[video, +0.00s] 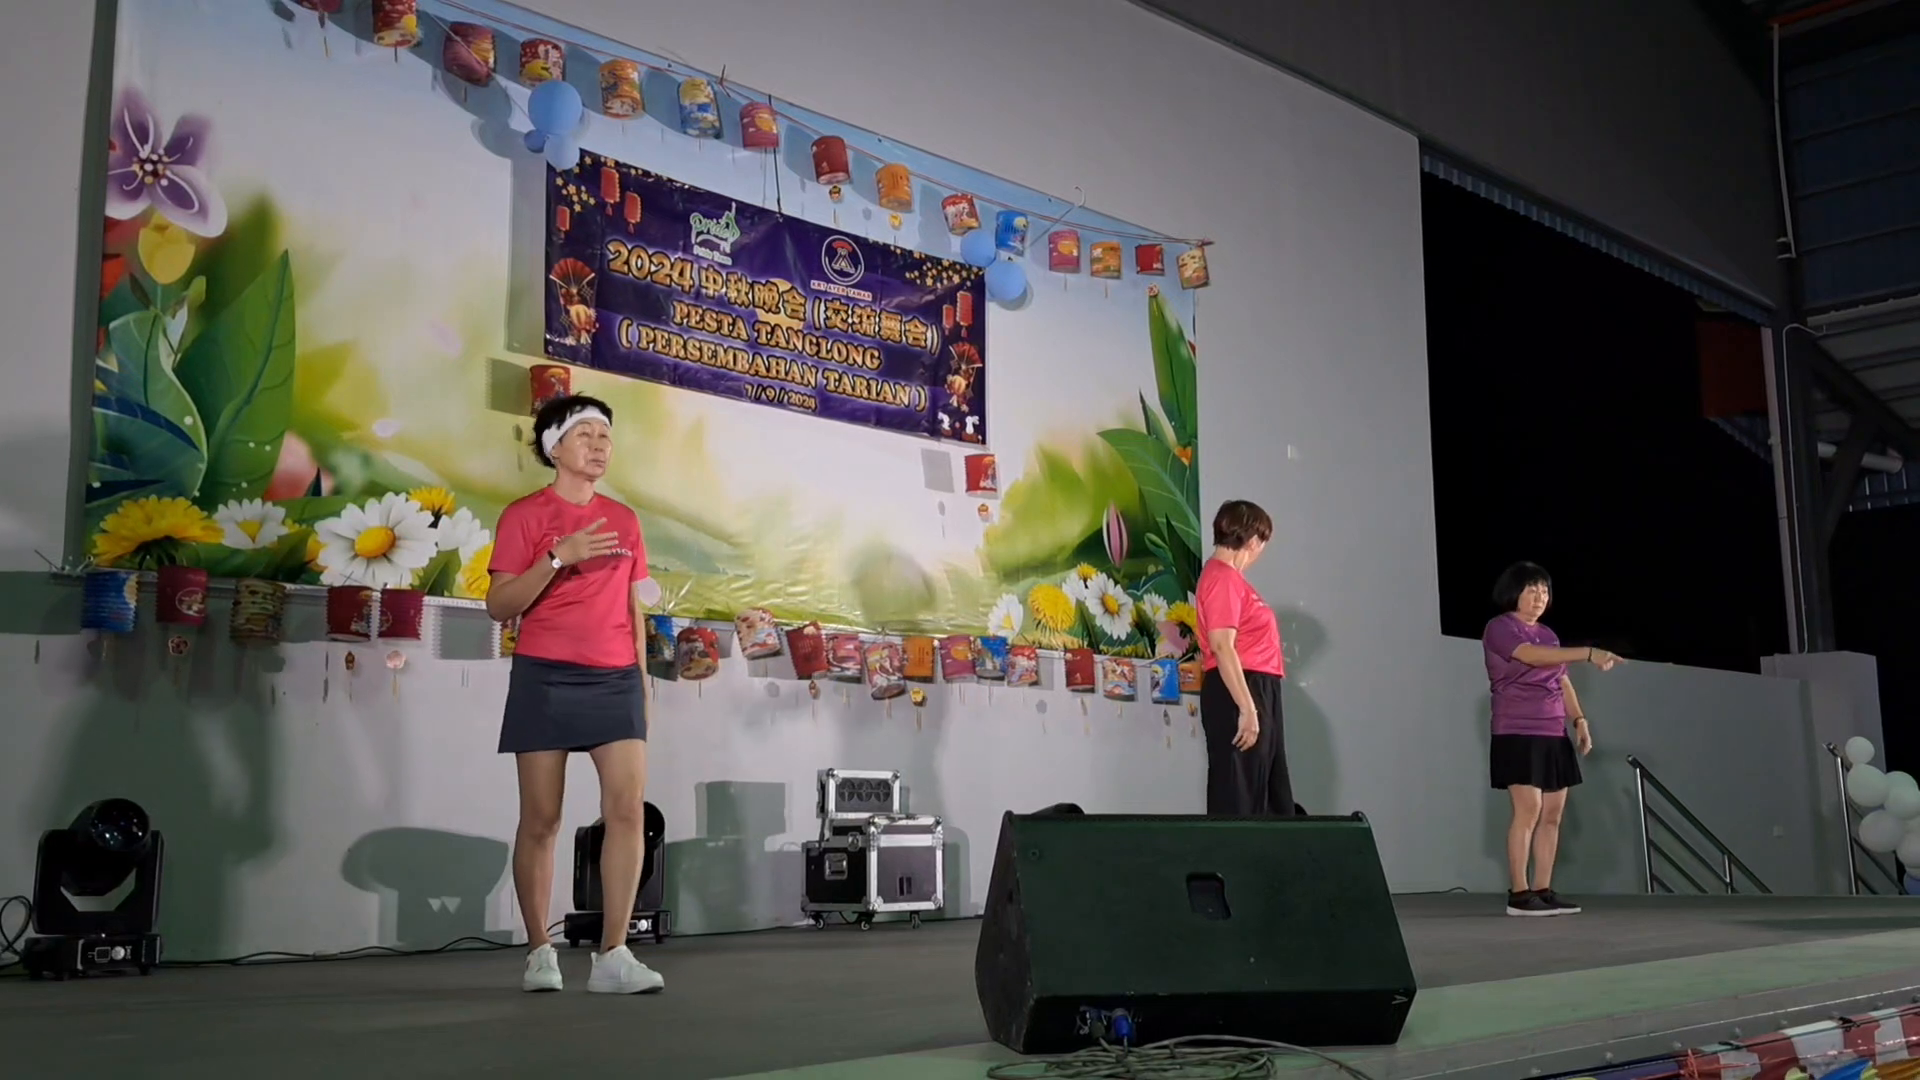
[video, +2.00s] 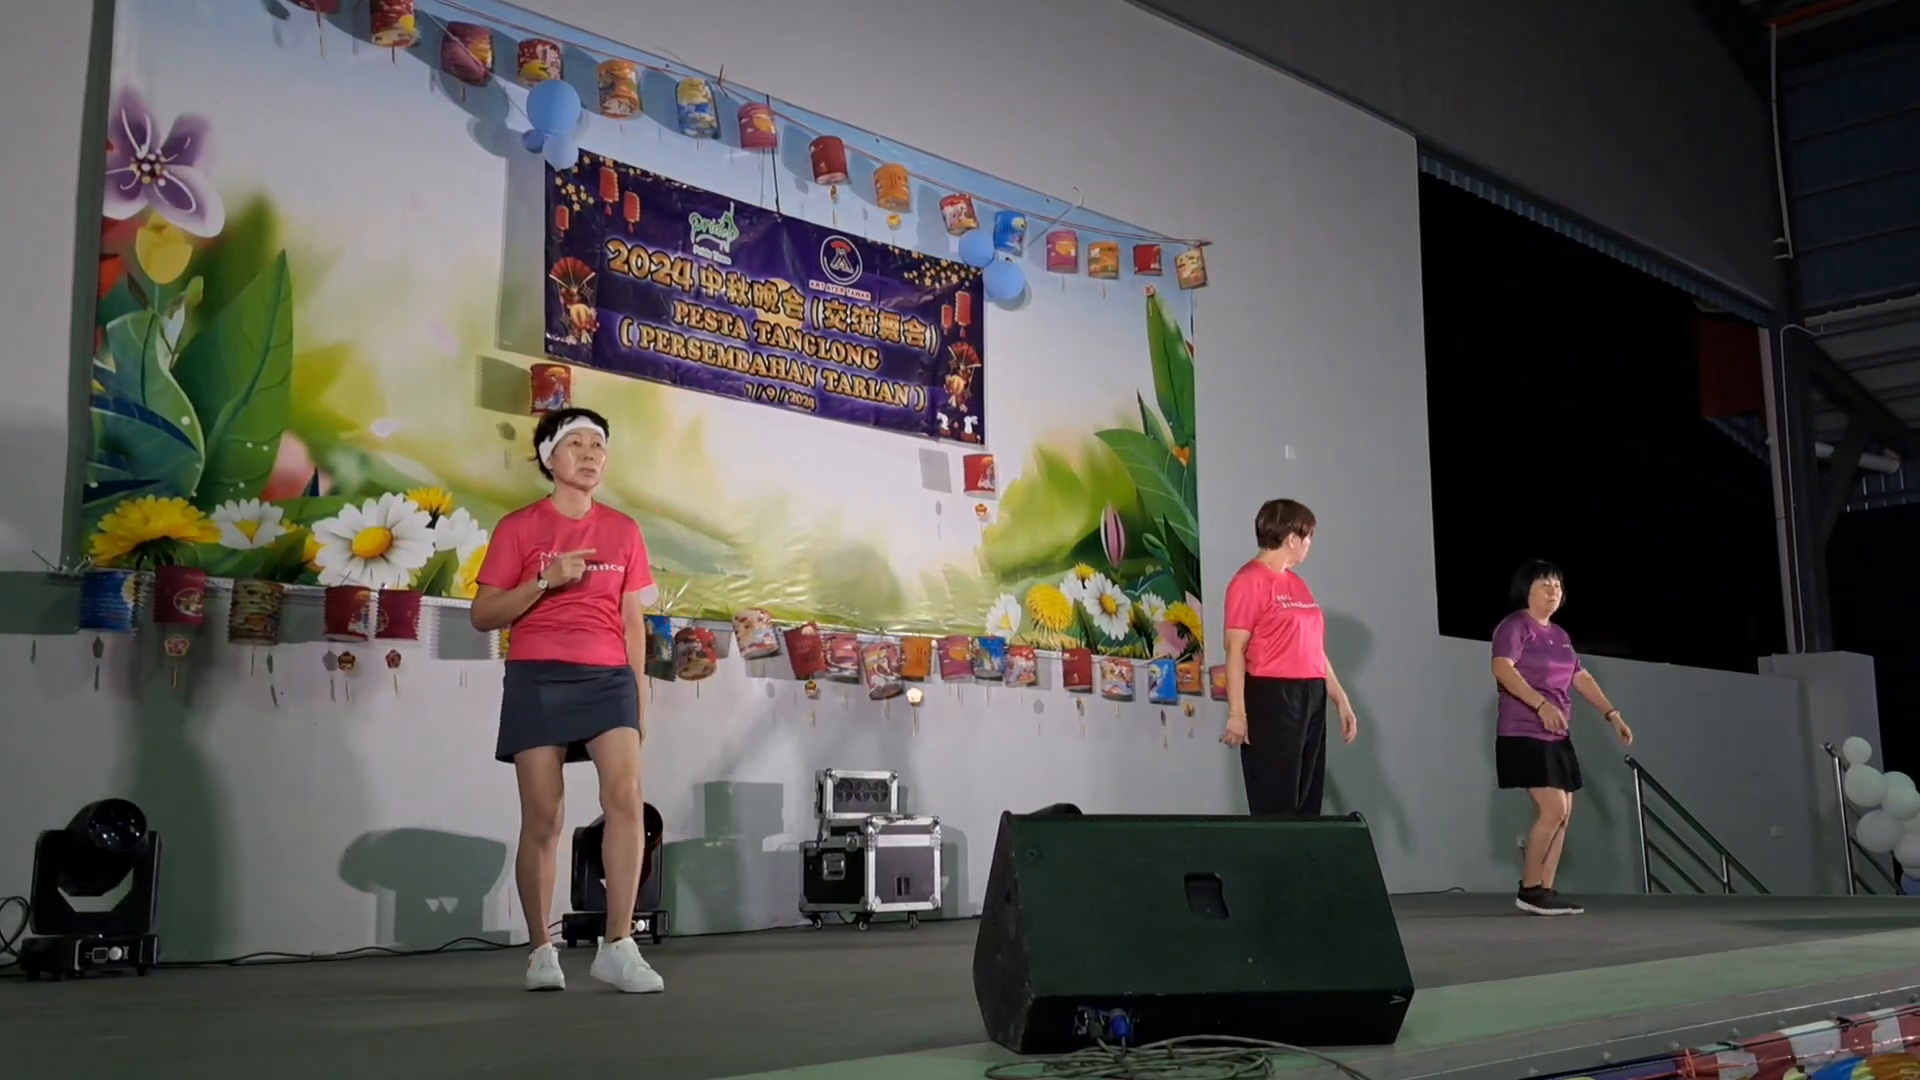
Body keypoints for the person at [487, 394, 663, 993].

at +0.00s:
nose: (600, 445)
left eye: (605, 437)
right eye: (586, 435)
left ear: (611, 449)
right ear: (555, 444)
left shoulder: (622, 518)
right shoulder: (524, 515)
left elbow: (634, 611)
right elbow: (500, 604)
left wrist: (640, 684)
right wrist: (558, 558)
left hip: (615, 678)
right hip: (544, 676)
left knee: (627, 806)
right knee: (541, 819)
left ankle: (613, 953)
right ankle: (541, 948)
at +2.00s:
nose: (589, 453)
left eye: (597, 446)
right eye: (576, 444)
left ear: (606, 461)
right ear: (549, 456)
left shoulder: (623, 530)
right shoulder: (518, 527)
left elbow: (634, 623)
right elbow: (484, 615)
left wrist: (637, 699)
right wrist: (545, 580)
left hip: (610, 680)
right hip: (536, 680)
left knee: (625, 796)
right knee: (543, 818)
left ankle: (618, 943)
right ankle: (543, 947)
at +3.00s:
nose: (590, 450)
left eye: (596, 442)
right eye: (577, 440)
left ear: (602, 454)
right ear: (546, 451)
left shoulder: (617, 522)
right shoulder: (522, 517)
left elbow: (627, 610)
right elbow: (517, 603)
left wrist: (630, 675)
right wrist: (582, 562)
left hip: (609, 677)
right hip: (540, 677)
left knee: (630, 794)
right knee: (540, 815)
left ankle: (620, 941)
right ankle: (542, 948)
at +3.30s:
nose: (608, 443)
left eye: (613, 436)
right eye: (594, 435)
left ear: (620, 453)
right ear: (565, 450)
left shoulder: (639, 522)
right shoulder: (547, 511)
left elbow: (649, 607)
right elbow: (550, 593)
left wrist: (658, 668)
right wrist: (617, 617)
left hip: (638, 675)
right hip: (572, 673)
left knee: (638, 810)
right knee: (560, 819)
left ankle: (618, 950)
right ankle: (545, 946)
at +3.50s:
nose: (633, 449)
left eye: (638, 442)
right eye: (619, 439)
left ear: (642, 455)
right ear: (587, 451)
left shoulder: (657, 526)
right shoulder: (565, 514)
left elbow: (677, 616)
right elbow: (567, 606)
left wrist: (694, 692)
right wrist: (579, 688)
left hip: (664, 677)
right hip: (597, 675)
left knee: (652, 814)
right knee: (591, 818)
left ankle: (621, 950)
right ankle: (553, 931)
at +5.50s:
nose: (596, 448)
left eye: (601, 440)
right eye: (583, 438)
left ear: (606, 453)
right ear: (551, 448)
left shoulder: (617, 523)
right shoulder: (518, 520)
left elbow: (632, 614)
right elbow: (491, 612)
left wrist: (646, 684)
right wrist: (539, 664)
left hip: (611, 681)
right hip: (538, 678)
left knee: (637, 800)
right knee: (542, 813)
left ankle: (617, 942)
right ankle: (542, 949)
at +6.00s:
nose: (588, 439)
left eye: (591, 432)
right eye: (575, 430)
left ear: (594, 446)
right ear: (541, 442)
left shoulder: (611, 516)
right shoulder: (514, 512)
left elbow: (630, 613)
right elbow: (487, 608)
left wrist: (643, 690)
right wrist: (472, 695)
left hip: (613, 677)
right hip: (540, 677)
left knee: (619, 812)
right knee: (543, 814)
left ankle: (610, 952)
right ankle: (542, 950)